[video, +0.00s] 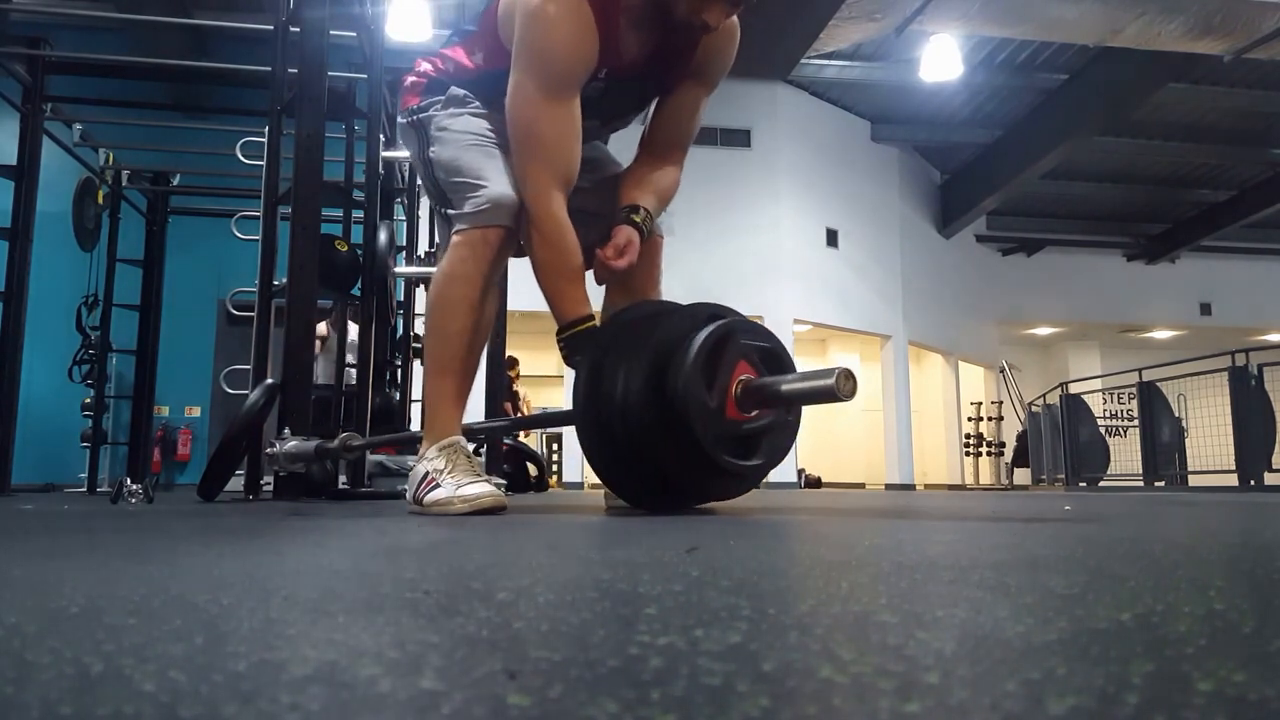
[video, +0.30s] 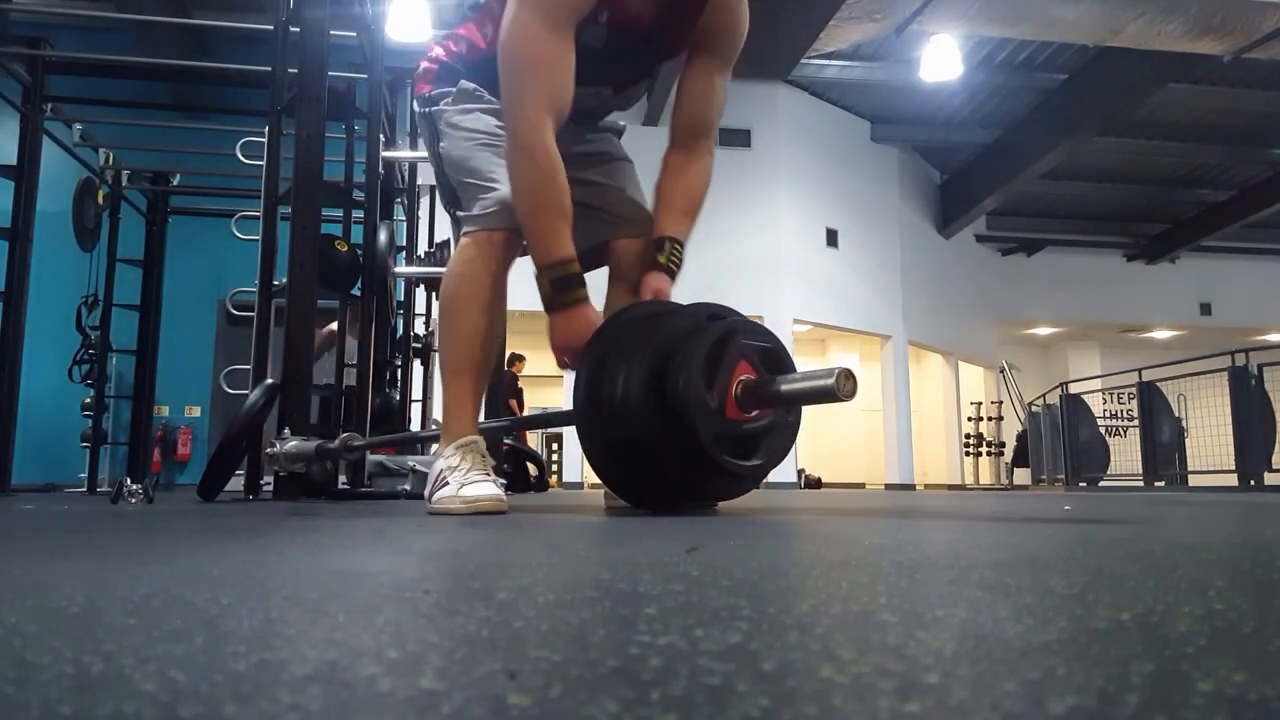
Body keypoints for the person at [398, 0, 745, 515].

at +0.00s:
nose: (723, 15)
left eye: (734, 7)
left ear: (735, 7)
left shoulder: (718, 33)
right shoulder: (561, 14)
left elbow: (663, 155)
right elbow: (544, 192)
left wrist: (634, 217)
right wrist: (584, 346)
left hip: (564, 116)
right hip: (461, 94)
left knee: (642, 239)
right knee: (494, 209)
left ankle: (639, 459)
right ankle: (441, 453)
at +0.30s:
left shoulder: (723, 10)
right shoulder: (553, 4)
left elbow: (693, 143)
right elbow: (531, 126)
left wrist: (664, 264)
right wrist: (565, 295)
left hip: (582, 111)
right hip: (475, 83)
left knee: (639, 247)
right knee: (497, 220)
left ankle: (629, 464)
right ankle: (459, 452)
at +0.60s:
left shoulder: (722, 1)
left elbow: (717, 115)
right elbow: (500, 74)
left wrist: (705, 251)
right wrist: (522, 234)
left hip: (573, 106)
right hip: (472, 76)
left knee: (632, 242)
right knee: (493, 228)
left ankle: (628, 462)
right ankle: (456, 451)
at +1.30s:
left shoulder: (733, 19)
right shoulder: (560, 3)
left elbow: (702, 159)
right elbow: (535, 125)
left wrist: (671, 295)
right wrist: (559, 294)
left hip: (578, 116)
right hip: (472, 85)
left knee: (654, 242)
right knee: (490, 207)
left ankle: (652, 460)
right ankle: (462, 451)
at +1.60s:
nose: (730, 54)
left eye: (751, 42)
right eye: (721, 26)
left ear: (770, 33)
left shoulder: (732, 93)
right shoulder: (566, 29)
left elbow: (686, 230)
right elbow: (541, 204)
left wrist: (650, 363)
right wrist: (574, 355)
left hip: (581, 141)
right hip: (477, 107)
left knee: (664, 236)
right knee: (487, 199)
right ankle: (461, 451)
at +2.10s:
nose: (725, 118)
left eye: (746, 104)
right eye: (715, 89)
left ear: (765, 91)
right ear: (677, 40)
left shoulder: (727, 152)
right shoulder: (566, 69)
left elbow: (688, 276)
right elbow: (520, 245)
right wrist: (577, 380)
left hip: (574, 160)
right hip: (473, 120)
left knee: (677, 248)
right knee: (472, 213)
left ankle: (656, 453)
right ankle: (461, 452)